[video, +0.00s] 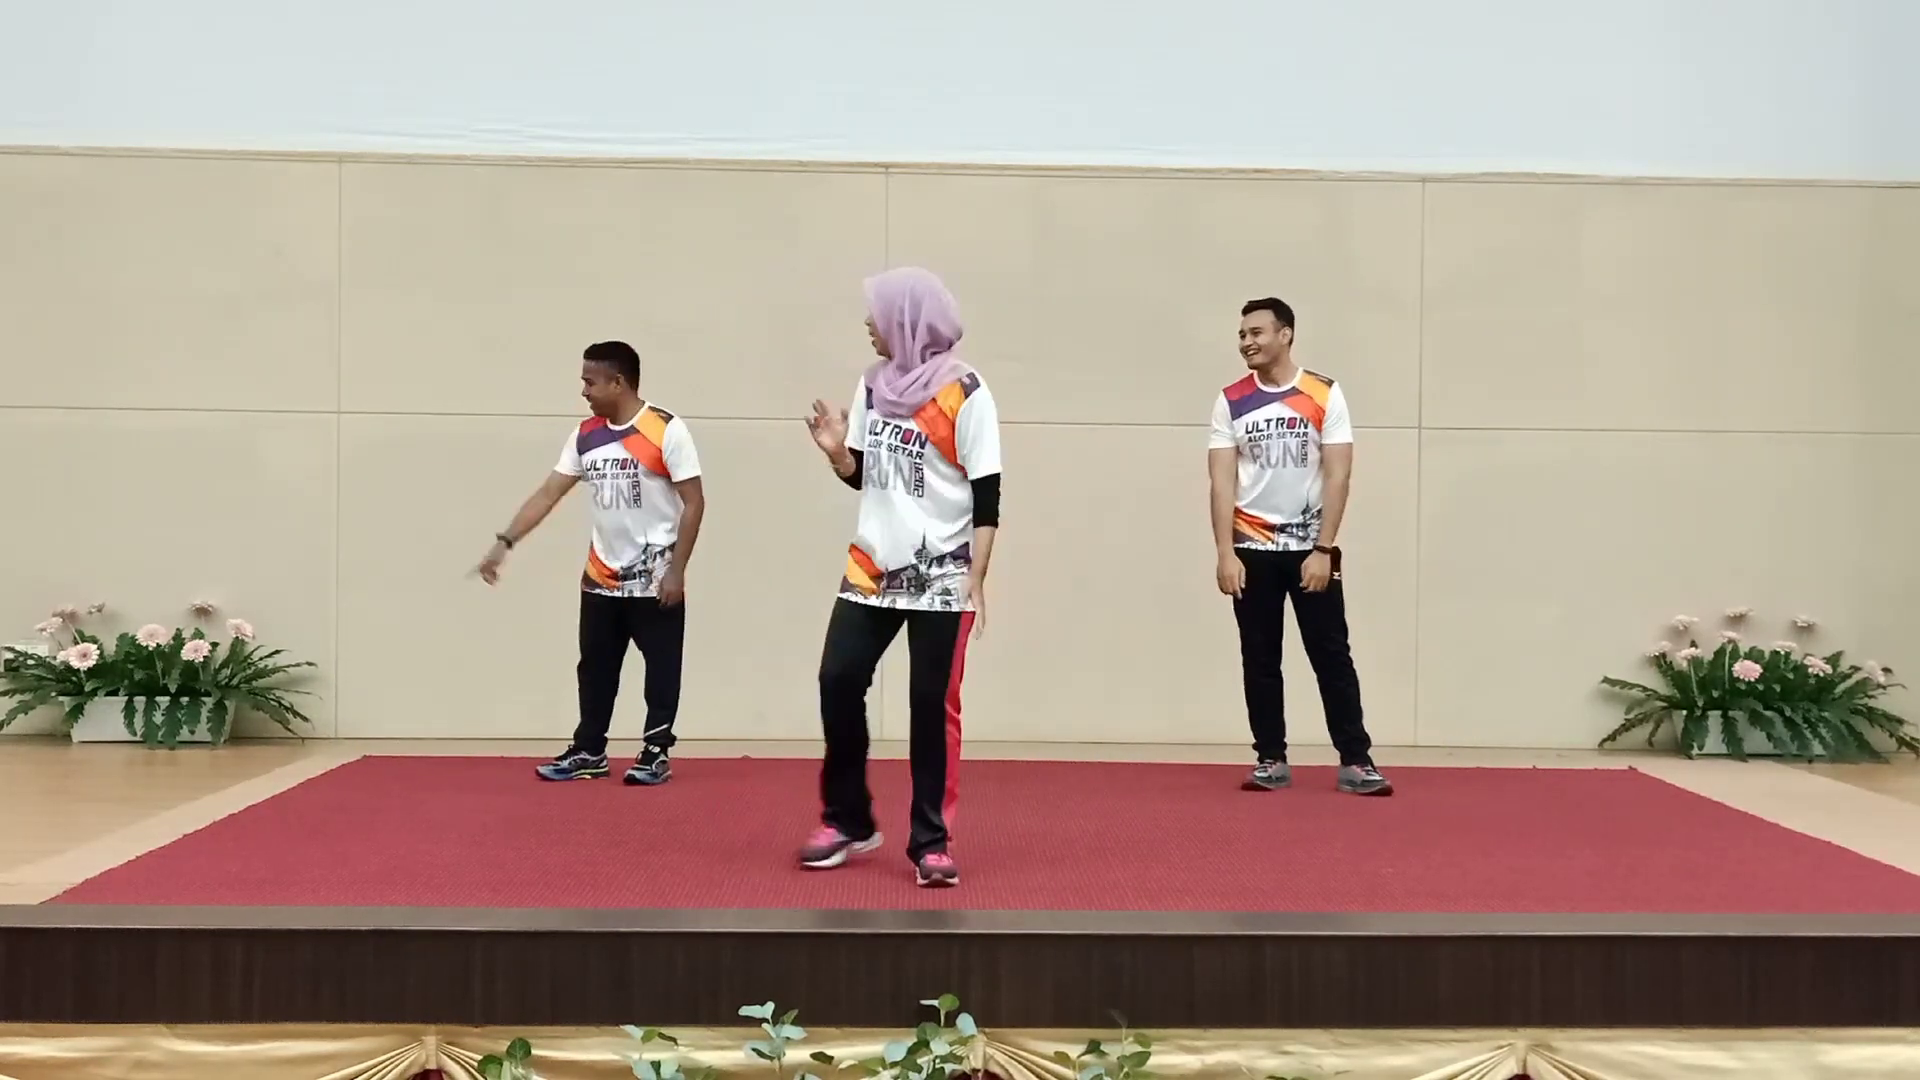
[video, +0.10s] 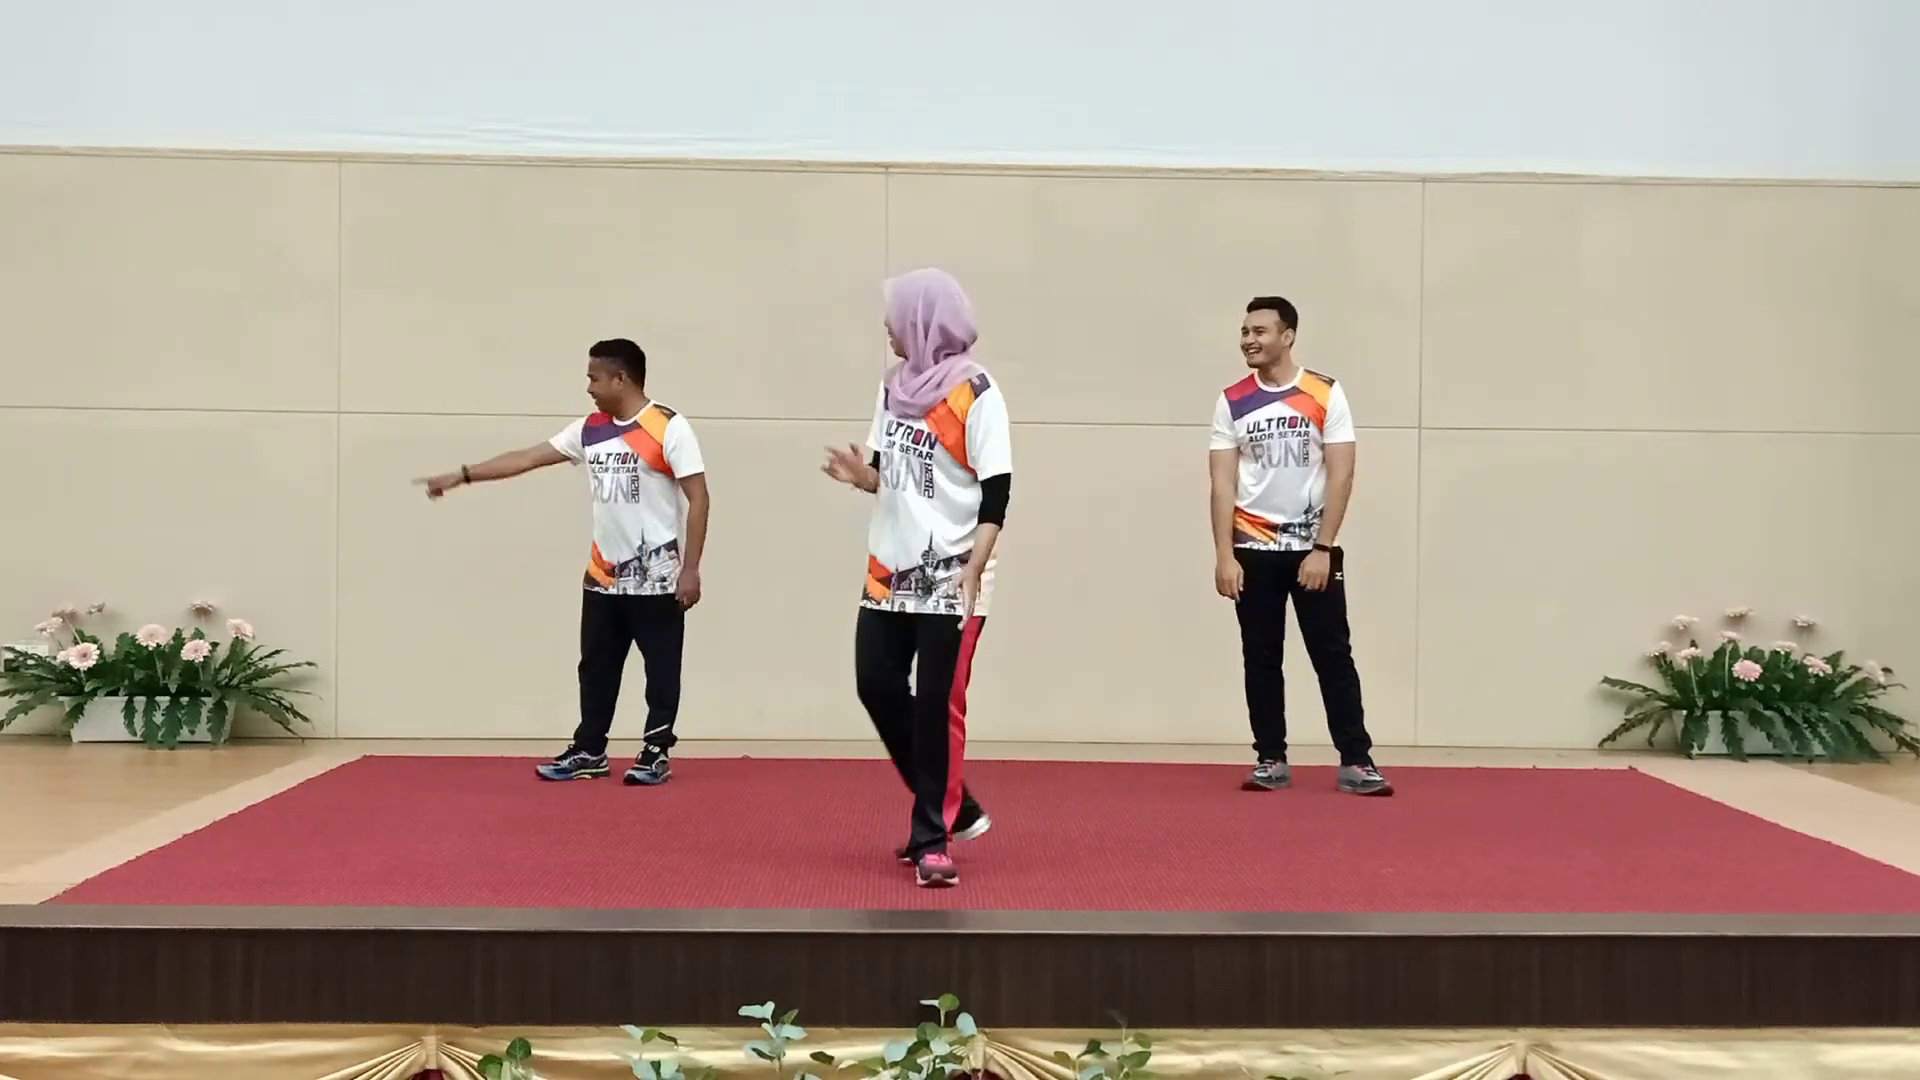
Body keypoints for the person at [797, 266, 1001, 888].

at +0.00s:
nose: (870, 329)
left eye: (879, 318)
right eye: (872, 318)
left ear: (910, 321)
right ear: (899, 322)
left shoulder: (967, 394)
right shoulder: (871, 387)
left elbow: (986, 489)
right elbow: (865, 480)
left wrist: (976, 575)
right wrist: (837, 452)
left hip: (944, 575)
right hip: (872, 570)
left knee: (931, 704)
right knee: (837, 682)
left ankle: (931, 843)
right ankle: (850, 822)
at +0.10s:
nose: (890, 334)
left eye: (897, 323)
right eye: (890, 322)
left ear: (926, 323)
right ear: (915, 323)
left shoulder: (976, 394)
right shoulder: (892, 391)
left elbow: (997, 490)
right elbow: (893, 479)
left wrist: (975, 568)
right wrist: (861, 474)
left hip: (951, 576)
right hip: (888, 573)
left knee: (934, 704)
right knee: (878, 689)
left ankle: (931, 840)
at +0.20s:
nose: (898, 334)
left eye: (904, 323)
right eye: (899, 323)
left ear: (929, 323)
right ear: (931, 323)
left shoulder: (982, 395)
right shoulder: (903, 390)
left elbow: (1000, 490)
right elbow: (900, 475)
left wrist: (979, 566)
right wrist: (872, 491)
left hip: (954, 580)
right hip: (898, 579)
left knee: (940, 707)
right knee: (901, 695)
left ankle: (932, 843)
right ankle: (990, 808)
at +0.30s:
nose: (909, 338)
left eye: (915, 328)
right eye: (909, 328)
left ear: (940, 329)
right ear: (952, 327)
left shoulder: (988, 401)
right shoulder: (922, 395)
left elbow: (1007, 490)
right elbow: (912, 474)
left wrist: (992, 570)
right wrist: (892, 513)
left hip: (973, 577)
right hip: (926, 580)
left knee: (942, 704)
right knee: (959, 704)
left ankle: (931, 842)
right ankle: (1024, 828)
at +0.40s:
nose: (915, 344)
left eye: (920, 333)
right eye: (915, 333)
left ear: (946, 332)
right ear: (956, 329)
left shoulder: (991, 401)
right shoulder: (933, 396)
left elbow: (1010, 491)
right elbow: (920, 479)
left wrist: (1001, 574)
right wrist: (895, 545)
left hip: (978, 582)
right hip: (939, 582)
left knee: (943, 708)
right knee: (977, 710)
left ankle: (930, 842)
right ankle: (1029, 833)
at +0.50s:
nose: (928, 348)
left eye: (933, 337)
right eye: (928, 337)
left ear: (956, 336)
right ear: (975, 333)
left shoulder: (997, 406)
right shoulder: (957, 403)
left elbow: (1017, 500)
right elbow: (945, 502)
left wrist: (1012, 589)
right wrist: (923, 578)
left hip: (993, 585)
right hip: (971, 584)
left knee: (954, 703)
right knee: (1000, 711)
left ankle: (933, 842)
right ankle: (1032, 837)